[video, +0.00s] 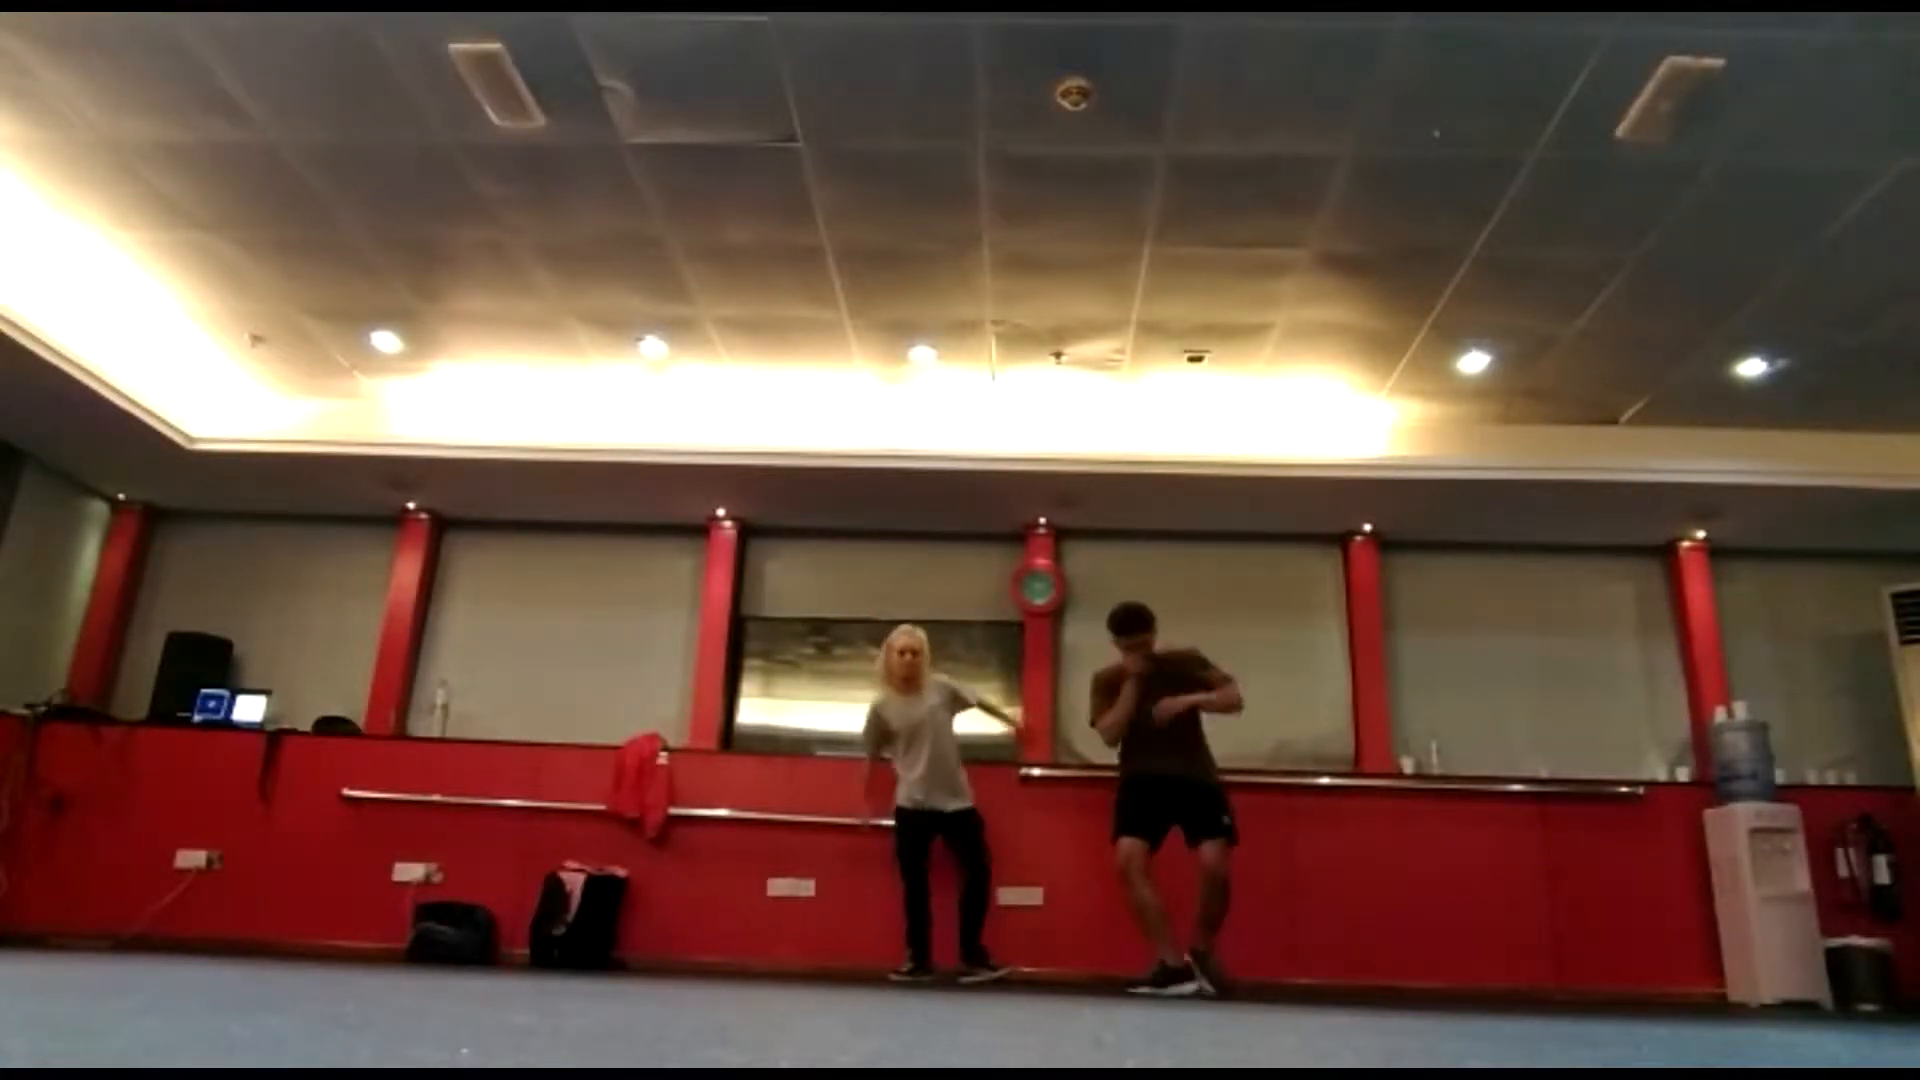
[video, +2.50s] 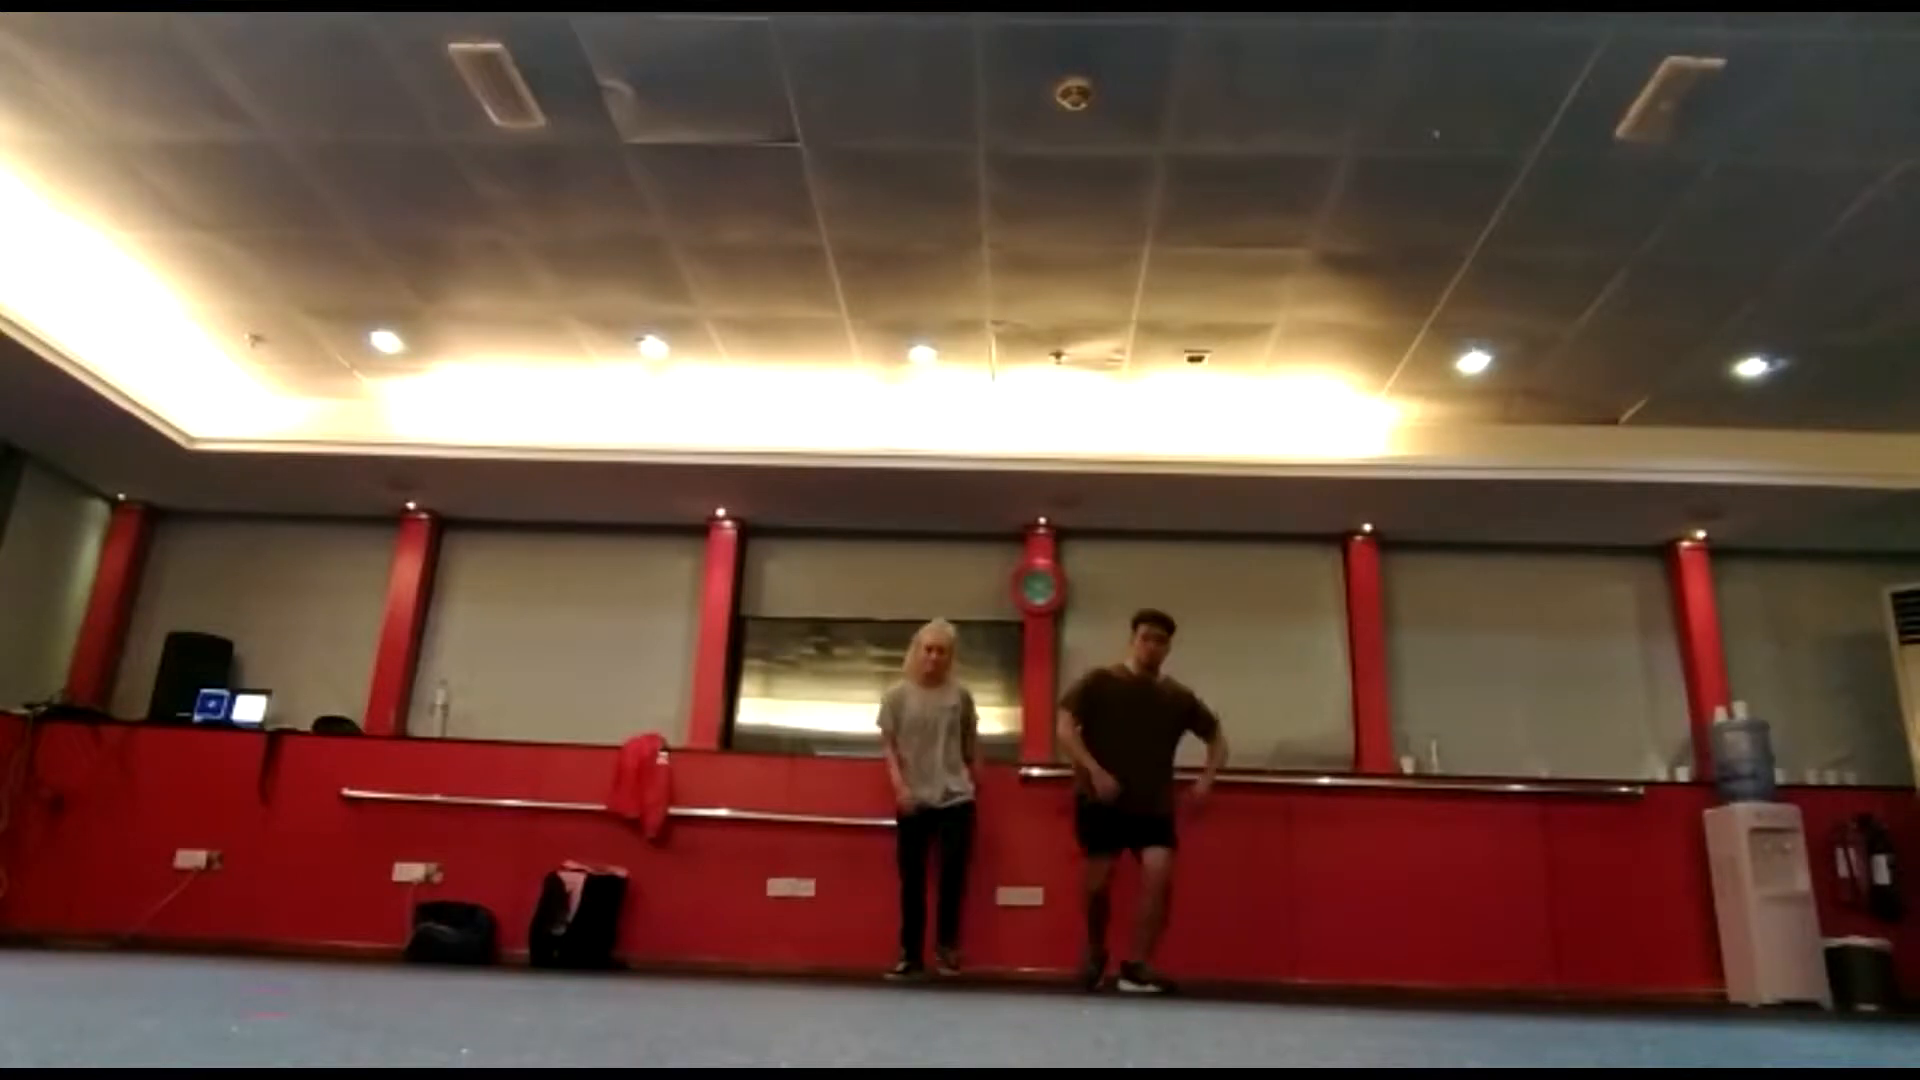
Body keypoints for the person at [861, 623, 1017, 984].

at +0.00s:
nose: (908, 660)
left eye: (914, 653)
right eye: (900, 653)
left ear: (924, 657)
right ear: (887, 658)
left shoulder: (942, 690)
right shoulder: (883, 707)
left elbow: (981, 703)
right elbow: (871, 757)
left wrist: (1014, 722)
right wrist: (865, 802)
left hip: (956, 801)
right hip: (913, 804)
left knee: (978, 875)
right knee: (915, 886)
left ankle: (973, 955)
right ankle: (918, 959)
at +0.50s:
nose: (937, 656)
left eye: (944, 650)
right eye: (931, 649)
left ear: (953, 657)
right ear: (917, 652)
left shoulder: (952, 695)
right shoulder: (906, 696)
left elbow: (951, 745)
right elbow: (911, 751)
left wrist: (957, 789)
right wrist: (929, 794)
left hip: (954, 800)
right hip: (914, 801)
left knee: (975, 873)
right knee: (915, 883)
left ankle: (972, 955)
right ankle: (919, 958)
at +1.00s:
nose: (977, 670)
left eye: (985, 664)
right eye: (972, 662)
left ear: (995, 671)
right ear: (960, 665)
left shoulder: (995, 720)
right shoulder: (935, 700)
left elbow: (1001, 767)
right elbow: (896, 723)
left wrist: (1013, 807)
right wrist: (909, 754)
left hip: (962, 811)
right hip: (919, 806)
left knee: (990, 876)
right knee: (914, 886)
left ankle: (975, 959)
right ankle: (919, 959)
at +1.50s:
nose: (977, 679)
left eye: (984, 672)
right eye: (970, 673)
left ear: (997, 675)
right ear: (963, 678)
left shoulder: (1006, 720)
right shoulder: (961, 713)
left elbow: (985, 773)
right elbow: (953, 763)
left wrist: (957, 817)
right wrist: (935, 806)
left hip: (980, 816)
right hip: (941, 809)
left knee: (992, 884)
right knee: (912, 872)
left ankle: (977, 961)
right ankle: (916, 958)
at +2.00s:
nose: (940, 672)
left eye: (946, 665)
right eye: (933, 666)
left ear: (960, 668)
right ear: (924, 671)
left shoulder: (974, 703)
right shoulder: (926, 714)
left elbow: (992, 738)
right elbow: (925, 763)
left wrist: (973, 777)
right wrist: (907, 803)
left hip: (967, 817)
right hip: (927, 815)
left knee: (990, 879)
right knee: (914, 885)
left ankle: (977, 961)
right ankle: (912, 959)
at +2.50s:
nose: (934, 657)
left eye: (941, 651)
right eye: (928, 649)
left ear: (951, 656)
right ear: (916, 651)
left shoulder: (960, 697)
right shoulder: (896, 697)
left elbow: (970, 742)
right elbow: (888, 745)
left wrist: (973, 773)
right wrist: (900, 787)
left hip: (956, 797)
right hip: (915, 798)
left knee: (953, 878)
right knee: (912, 879)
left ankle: (947, 949)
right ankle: (910, 953)